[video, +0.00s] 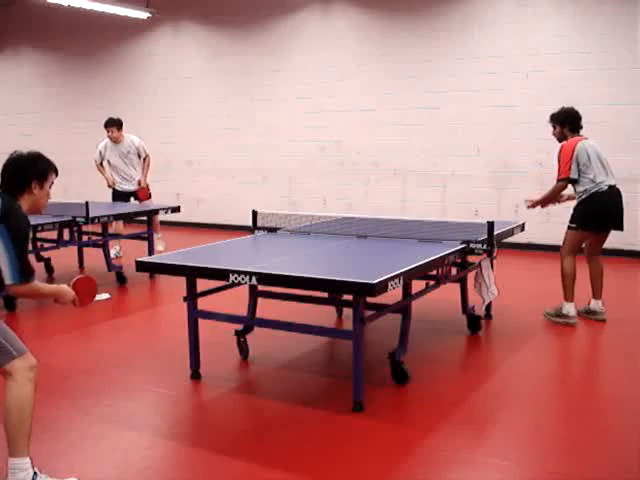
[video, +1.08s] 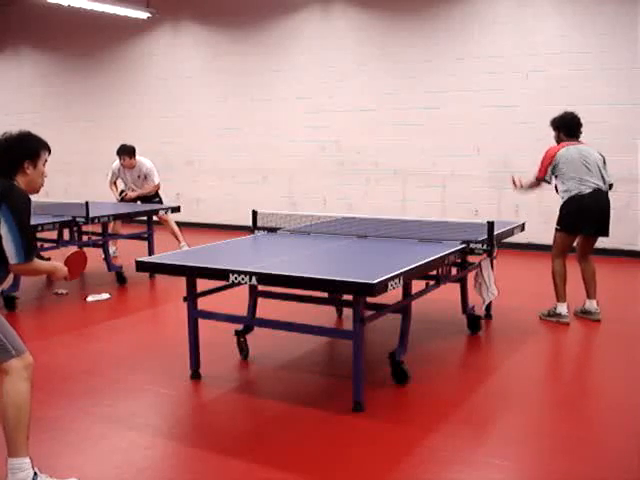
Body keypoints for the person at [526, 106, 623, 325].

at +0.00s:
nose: (553, 133)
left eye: (554, 128)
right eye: (552, 128)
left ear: (564, 128)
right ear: (574, 127)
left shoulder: (568, 147)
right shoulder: (590, 145)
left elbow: (562, 183)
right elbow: (592, 185)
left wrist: (541, 201)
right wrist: (564, 198)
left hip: (591, 201)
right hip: (613, 198)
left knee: (568, 252)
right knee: (593, 252)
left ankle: (568, 307)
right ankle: (597, 304)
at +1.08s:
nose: (553, 135)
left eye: (554, 131)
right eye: (553, 131)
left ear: (560, 133)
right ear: (578, 132)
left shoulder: (554, 152)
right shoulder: (595, 153)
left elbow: (539, 180)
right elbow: (607, 184)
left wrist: (523, 186)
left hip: (574, 203)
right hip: (601, 203)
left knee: (558, 255)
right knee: (584, 254)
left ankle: (561, 308)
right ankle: (592, 305)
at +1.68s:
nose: (541, 133)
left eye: (543, 130)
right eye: (542, 130)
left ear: (547, 132)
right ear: (565, 131)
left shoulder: (542, 150)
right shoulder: (579, 144)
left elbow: (548, 172)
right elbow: (596, 155)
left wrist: (555, 194)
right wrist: (608, 183)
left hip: (565, 197)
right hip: (589, 196)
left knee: (552, 252)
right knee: (585, 252)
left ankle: (560, 306)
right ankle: (592, 304)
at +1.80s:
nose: (522, 146)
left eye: (523, 142)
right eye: (522, 142)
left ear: (530, 143)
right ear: (544, 141)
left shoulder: (534, 160)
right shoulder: (564, 150)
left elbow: (548, 183)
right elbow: (588, 166)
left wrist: (556, 211)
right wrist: (609, 162)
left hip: (565, 202)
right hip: (587, 198)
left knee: (538, 251)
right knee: (579, 255)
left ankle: (554, 303)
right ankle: (591, 303)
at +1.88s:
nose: (508, 154)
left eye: (510, 150)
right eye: (509, 149)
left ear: (521, 151)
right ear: (529, 148)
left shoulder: (531, 168)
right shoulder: (548, 155)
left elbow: (546, 199)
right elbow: (571, 162)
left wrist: (546, 228)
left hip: (561, 211)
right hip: (581, 205)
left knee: (530, 254)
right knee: (570, 259)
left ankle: (550, 302)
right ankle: (589, 301)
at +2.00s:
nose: (502, 164)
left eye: (505, 160)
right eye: (502, 160)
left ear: (517, 161)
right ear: (520, 160)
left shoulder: (527, 179)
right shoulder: (533, 167)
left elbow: (539, 215)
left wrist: (531, 244)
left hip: (555, 218)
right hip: (567, 214)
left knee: (521, 260)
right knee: (536, 256)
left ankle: (549, 303)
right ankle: (572, 280)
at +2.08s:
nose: (500, 167)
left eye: (504, 163)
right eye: (499, 163)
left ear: (515, 163)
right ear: (516, 162)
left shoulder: (524, 182)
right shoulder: (526, 170)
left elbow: (536, 216)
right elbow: (498, 153)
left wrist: (529, 246)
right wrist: (479, 164)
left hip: (551, 222)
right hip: (560, 217)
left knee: (518, 262)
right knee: (520, 248)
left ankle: (549, 303)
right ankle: (553, 274)